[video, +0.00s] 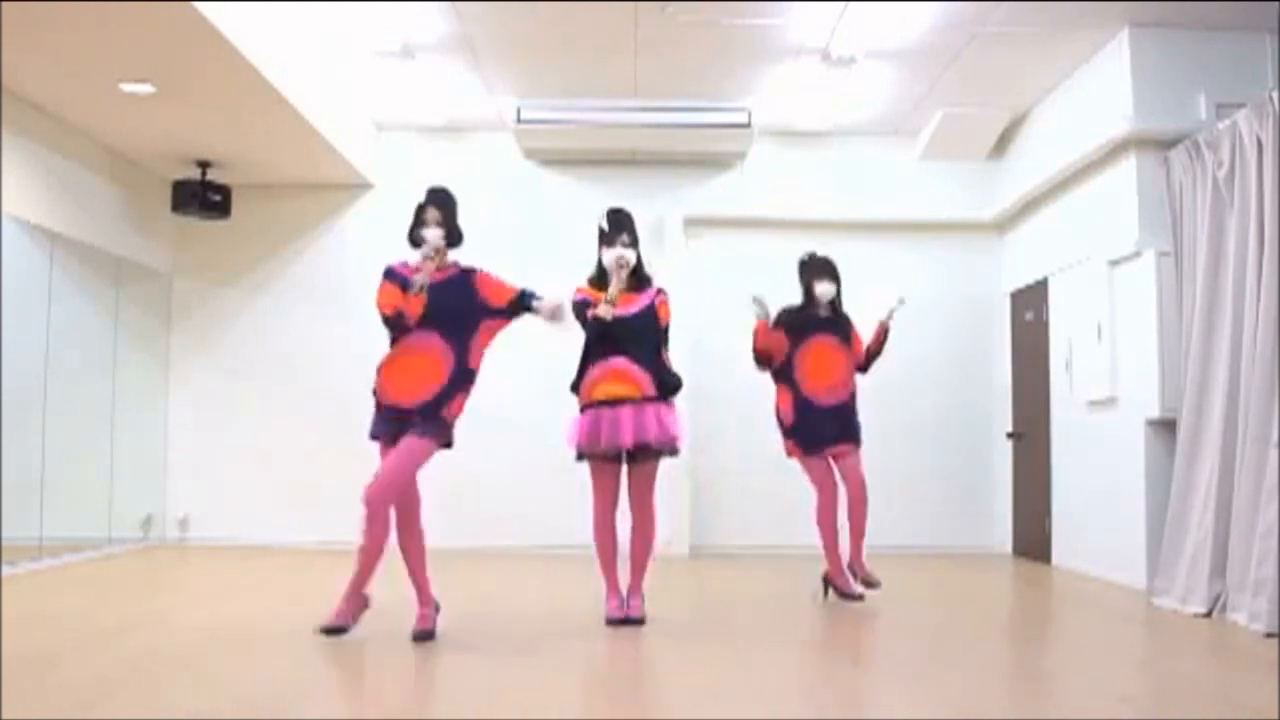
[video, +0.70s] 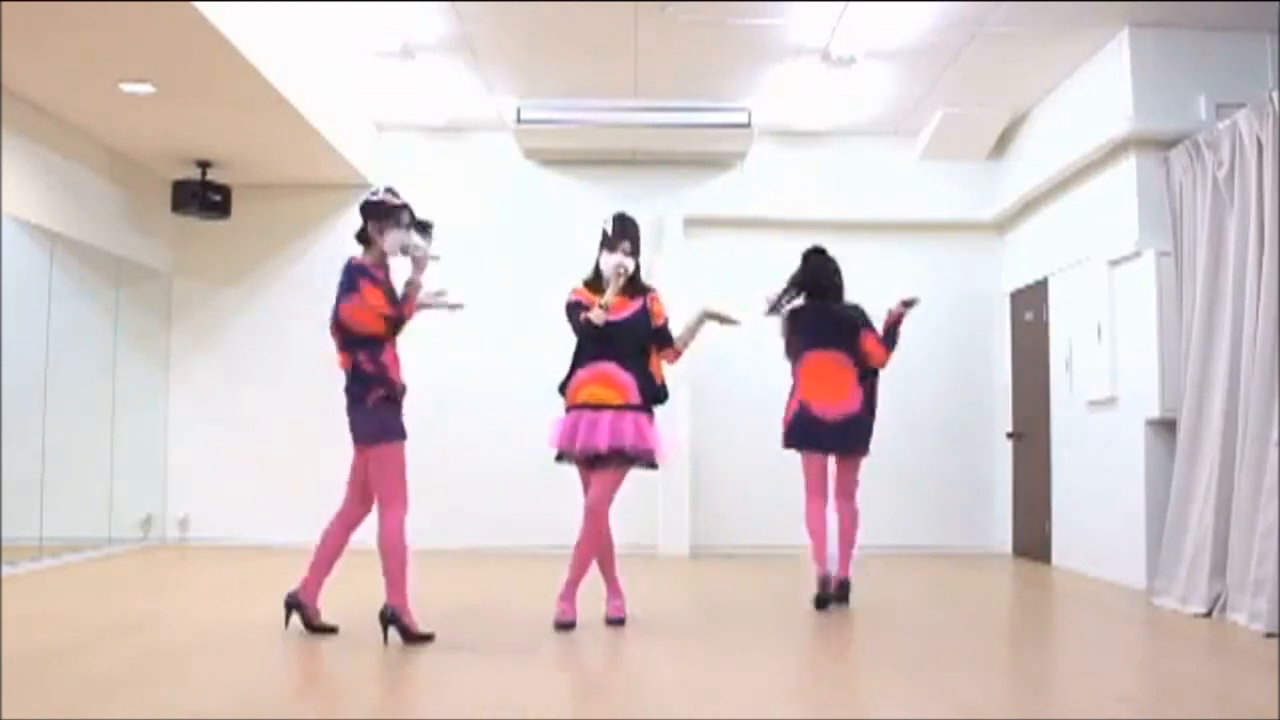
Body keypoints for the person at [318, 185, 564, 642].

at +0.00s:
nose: (433, 233)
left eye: (441, 226)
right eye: (426, 225)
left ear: (454, 231)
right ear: (414, 229)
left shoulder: (473, 282)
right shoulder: (398, 276)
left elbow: (515, 298)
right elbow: (396, 323)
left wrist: (544, 307)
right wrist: (422, 277)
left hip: (439, 411)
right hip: (392, 406)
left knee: (377, 495)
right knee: (406, 507)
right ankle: (426, 602)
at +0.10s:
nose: (416, 238)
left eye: (426, 231)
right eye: (410, 230)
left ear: (438, 237)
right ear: (401, 234)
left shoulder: (455, 288)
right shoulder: (385, 282)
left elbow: (489, 321)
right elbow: (377, 327)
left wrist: (516, 319)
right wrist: (402, 284)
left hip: (418, 411)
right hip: (376, 407)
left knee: (361, 501)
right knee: (395, 507)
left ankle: (341, 598)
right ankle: (426, 601)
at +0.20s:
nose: (400, 237)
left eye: (409, 231)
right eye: (396, 229)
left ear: (427, 237)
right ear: (388, 234)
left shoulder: (443, 291)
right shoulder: (375, 283)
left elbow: (463, 350)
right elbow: (356, 326)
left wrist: (497, 329)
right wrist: (378, 280)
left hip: (399, 410)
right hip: (364, 407)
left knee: (343, 501)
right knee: (391, 514)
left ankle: (339, 599)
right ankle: (424, 601)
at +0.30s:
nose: (377, 240)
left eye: (383, 232)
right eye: (379, 232)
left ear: (403, 238)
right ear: (404, 239)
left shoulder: (429, 287)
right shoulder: (384, 282)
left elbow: (424, 329)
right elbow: (352, 321)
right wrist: (352, 275)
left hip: (383, 406)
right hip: (367, 404)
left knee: (329, 500)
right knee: (387, 510)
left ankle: (339, 599)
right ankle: (424, 598)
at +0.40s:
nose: (370, 243)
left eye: (374, 236)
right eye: (372, 237)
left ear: (384, 236)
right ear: (411, 239)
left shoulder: (388, 278)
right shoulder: (416, 281)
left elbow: (372, 340)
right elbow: (370, 337)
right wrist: (321, 307)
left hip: (363, 400)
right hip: (397, 404)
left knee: (320, 496)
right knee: (392, 504)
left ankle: (332, 599)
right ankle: (428, 598)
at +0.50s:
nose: (409, 235)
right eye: (413, 228)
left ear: (370, 226)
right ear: (413, 230)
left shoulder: (343, 270)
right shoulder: (422, 278)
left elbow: (328, 327)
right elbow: (431, 326)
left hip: (348, 397)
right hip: (400, 400)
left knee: (334, 505)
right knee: (408, 506)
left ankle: (319, 602)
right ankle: (420, 601)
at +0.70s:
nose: (403, 238)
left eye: (405, 229)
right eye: (397, 229)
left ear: (390, 231)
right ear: (375, 229)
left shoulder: (375, 276)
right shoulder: (358, 276)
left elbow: (389, 322)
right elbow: (380, 326)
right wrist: (414, 282)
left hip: (377, 398)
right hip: (375, 399)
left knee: (357, 503)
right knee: (393, 503)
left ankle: (307, 593)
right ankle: (397, 605)